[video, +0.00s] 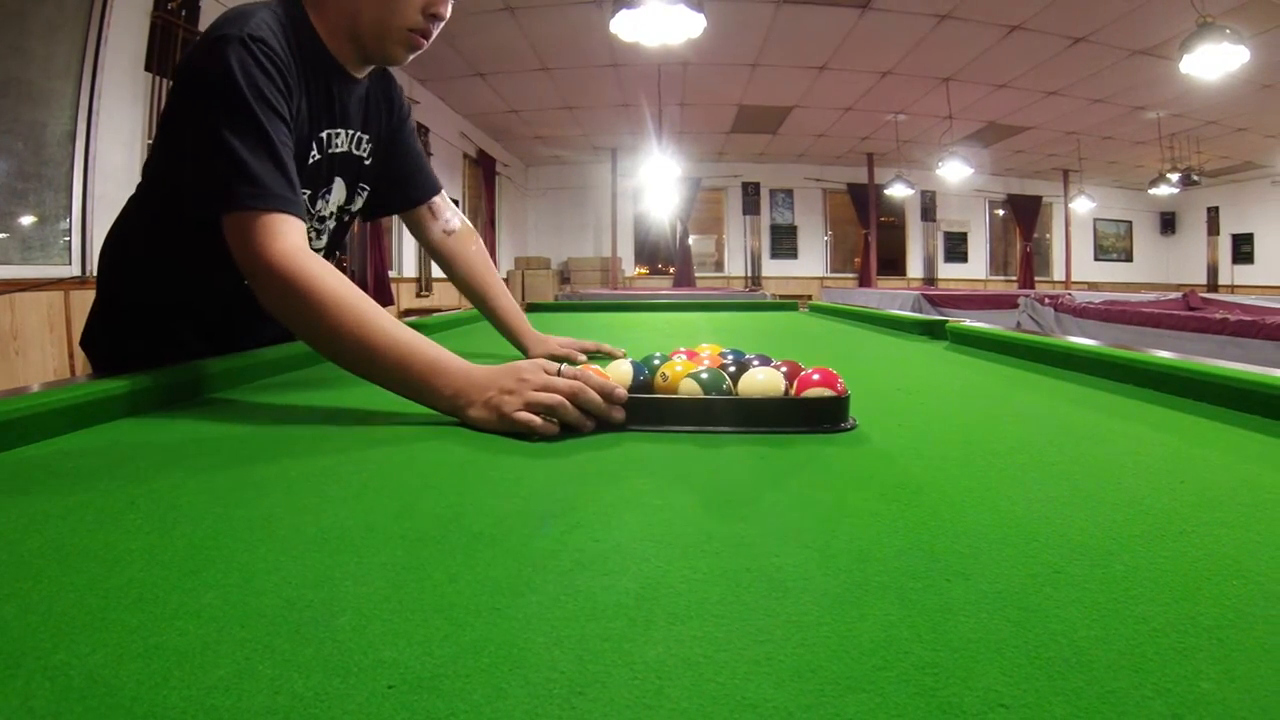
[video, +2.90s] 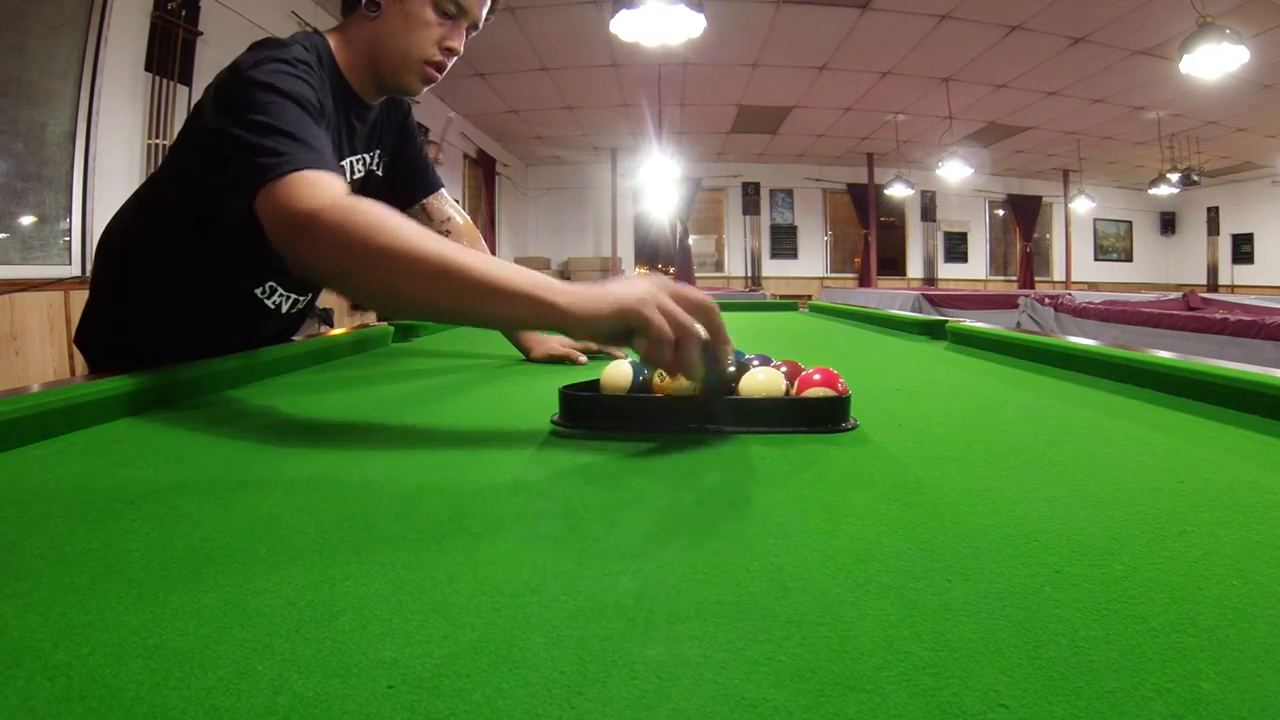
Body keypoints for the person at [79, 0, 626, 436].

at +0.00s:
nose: (441, 14)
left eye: (450, 1)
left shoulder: (378, 87)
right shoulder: (247, 50)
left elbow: (442, 222)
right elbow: (273, 258)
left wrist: (527, 335)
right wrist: (467, 384)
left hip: (271, 348)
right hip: (158, 353)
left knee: (255, 540)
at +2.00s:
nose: (441, 36)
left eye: (452, 21)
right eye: (428, 7)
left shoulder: (382, 107)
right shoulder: (255, 72)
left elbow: (442, 227)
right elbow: (279, 271)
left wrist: (529, 340)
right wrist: (464, 385)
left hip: (262, 335)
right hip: (152, 341)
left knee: (241, 525)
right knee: (138, 534)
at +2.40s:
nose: (450, 35)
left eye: (458, 21)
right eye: (438, 6)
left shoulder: (386, 110)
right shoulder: (259, 81)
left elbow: (447, 225)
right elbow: (283, 266)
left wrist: (517, 329)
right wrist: (496, 347)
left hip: (258, 333)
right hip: (150, 334)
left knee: (243, 513)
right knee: (141, 522)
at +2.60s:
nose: (454, 41)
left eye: (463, 26)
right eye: (442, 12)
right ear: (366, 0)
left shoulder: (389, 109)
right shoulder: (273, 75)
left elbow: (446, 228)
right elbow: (330, 235)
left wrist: (523, 329)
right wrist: (579, 302)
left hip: (261, 334)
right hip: (151, 337)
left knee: (253, 518)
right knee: (144, 526)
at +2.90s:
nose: (457, 48)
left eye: (467, 33)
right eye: (446, 17)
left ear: (449, 41)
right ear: (376, 1)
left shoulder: (387, 112)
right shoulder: (280, 76)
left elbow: (449, 227)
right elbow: (312, 232)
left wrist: (523, 330)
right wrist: (569, 301)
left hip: (255, 337)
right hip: (149, 338)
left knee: (238, 524)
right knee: (133, 534)